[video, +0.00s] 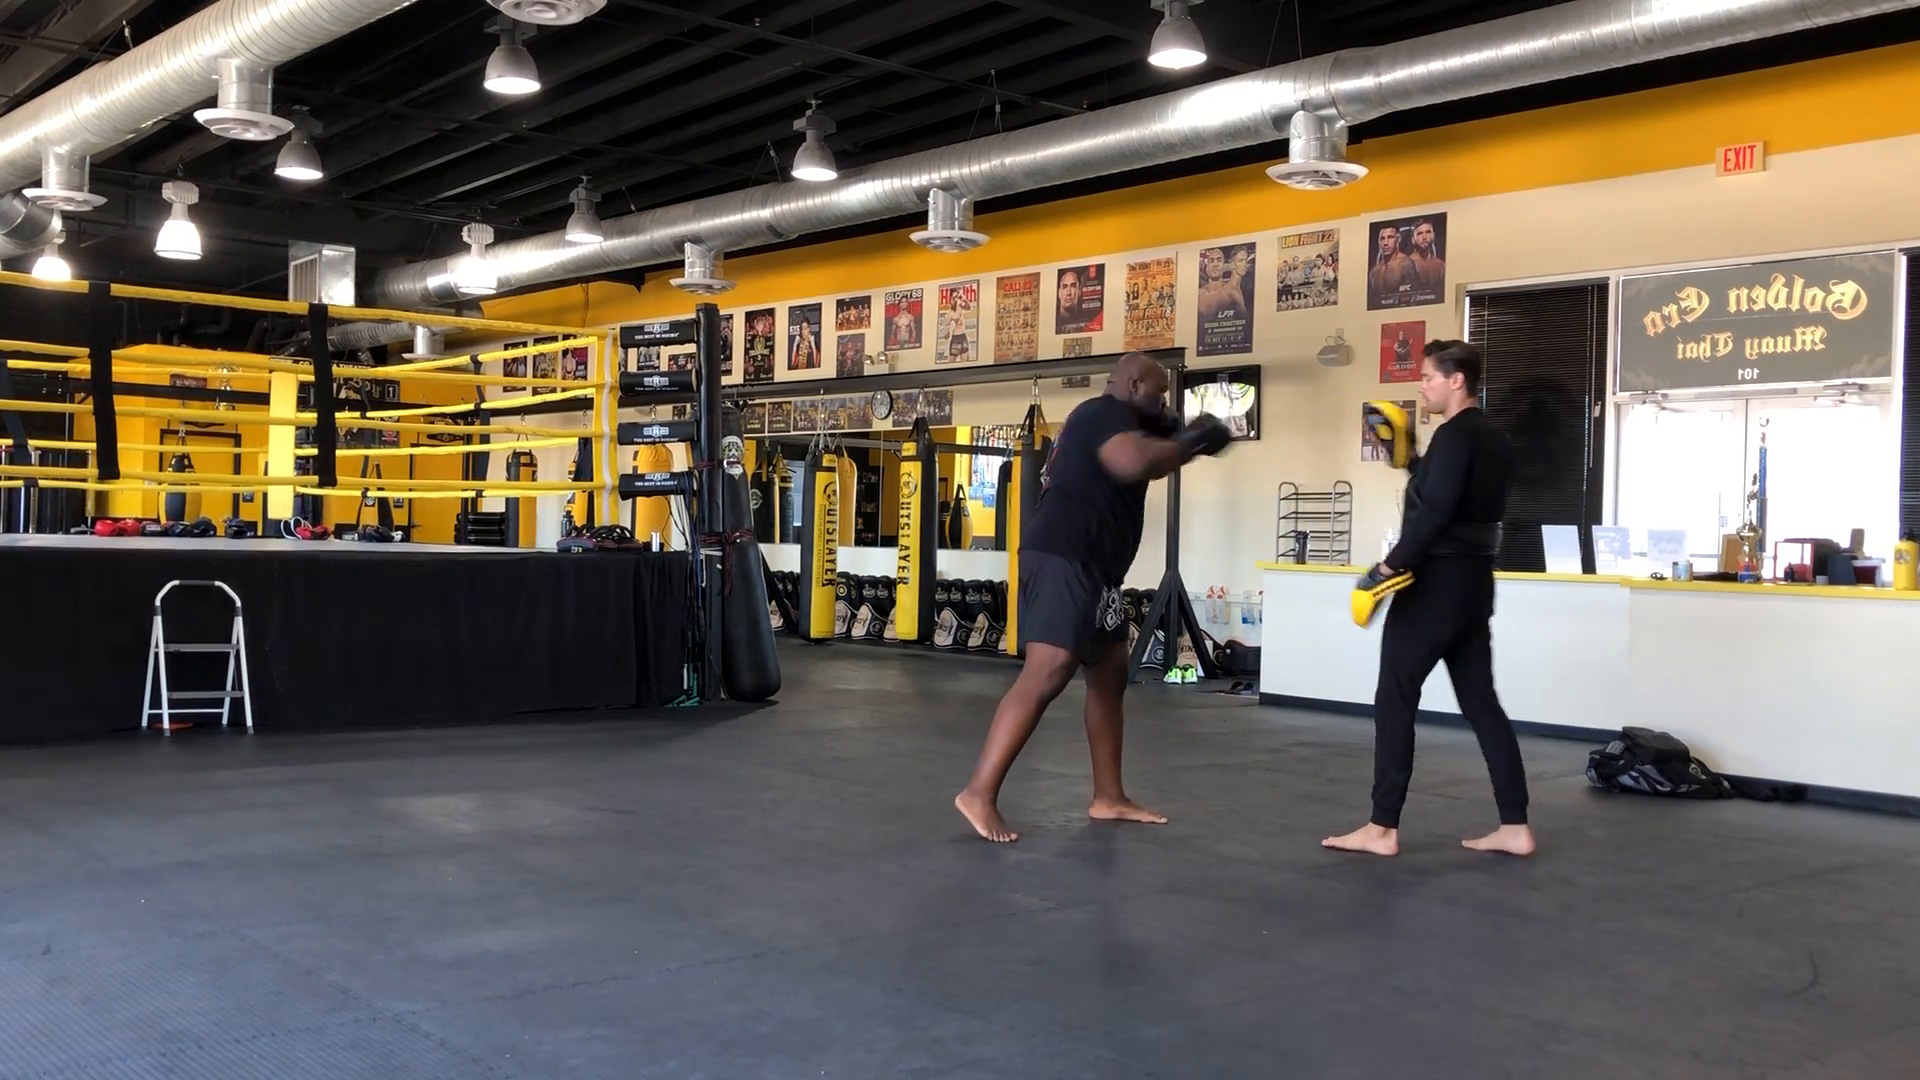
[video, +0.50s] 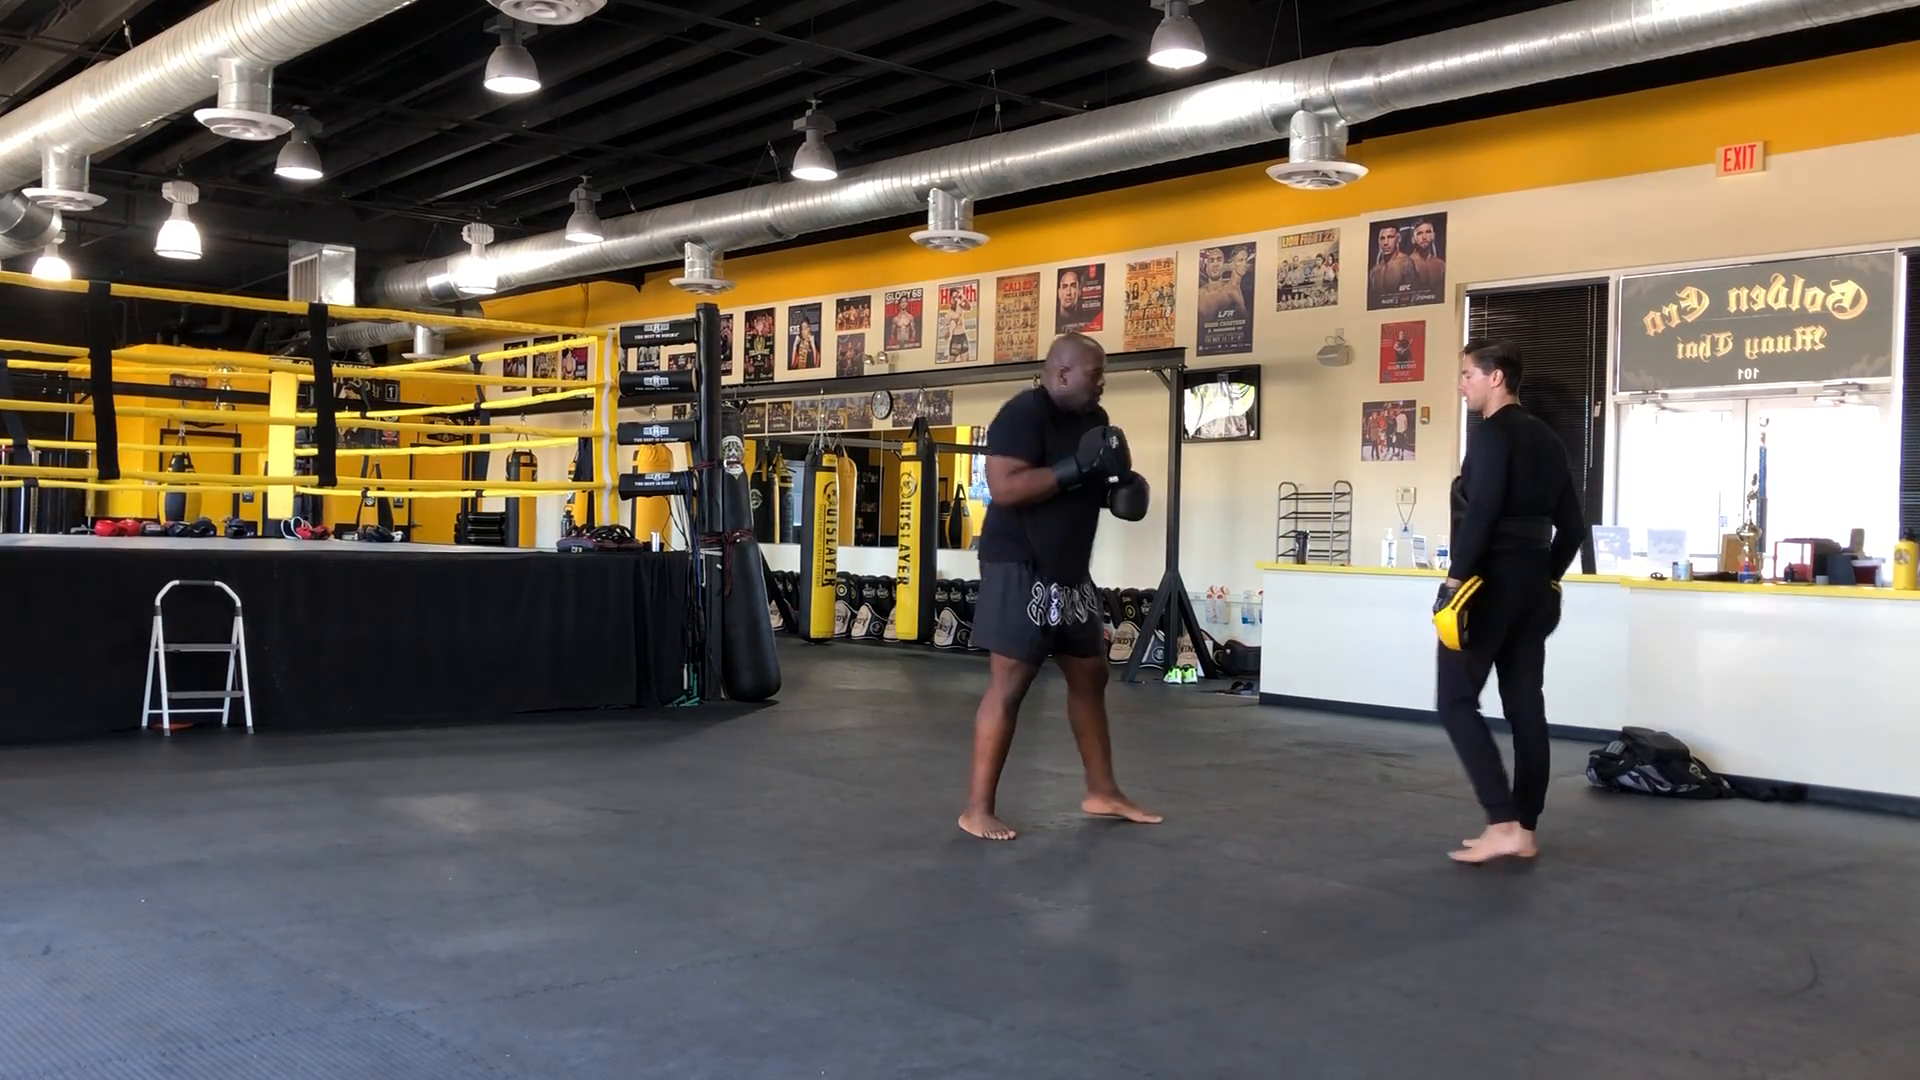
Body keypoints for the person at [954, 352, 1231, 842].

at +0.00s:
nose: (1160, 402)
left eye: (1162, 395)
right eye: (1156, 393)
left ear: (1125, 382)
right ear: (1130, 383)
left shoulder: (1118, 423)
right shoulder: (1100, 412)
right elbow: (1129, 460)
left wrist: (1167, 435)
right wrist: (1190, 442)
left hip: (1095, 567)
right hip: (1062, 558)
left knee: (1109, 671)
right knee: (1046, 672)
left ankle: (1109, 796)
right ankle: (979, 794)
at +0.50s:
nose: (1101, 386)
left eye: (1103, 377)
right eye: (1094, 376)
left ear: (1084, 374)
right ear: (1060, 372)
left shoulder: (1092, 421)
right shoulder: (1021, 414)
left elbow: (1102, 484)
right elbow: (1004, 488)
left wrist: (1124, 494)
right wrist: (1079, 468)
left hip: (1070, 570)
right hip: (1018, 569)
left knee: (1089, 674)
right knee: (1008, 683)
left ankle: (1102, 791)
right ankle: (977, 811)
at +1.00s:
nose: (1096, 378)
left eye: (1097, 368)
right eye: (1091, 367)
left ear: (1062, 365)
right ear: (1059, 363)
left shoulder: (1070, 423)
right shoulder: (1018, 416)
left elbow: (1070, 488)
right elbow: (1018, 494)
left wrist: (1110, 481)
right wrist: (1089, 480)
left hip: (1064, 575)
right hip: (1015, 575)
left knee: (1072, 678)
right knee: (998, 685)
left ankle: (1088, 801)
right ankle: (977, 812)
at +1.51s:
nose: (1125, 382)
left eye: (1126, 373)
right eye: (1120, 371)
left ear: (1097, 369)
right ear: (1086, 366)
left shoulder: (1112, 430)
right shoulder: (1037, 412)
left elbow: (1122, 504)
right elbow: (1039, 480)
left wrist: (1158, 485)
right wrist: (1108, 457)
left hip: (1087, 573)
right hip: (1031, 566)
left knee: (1084, 684)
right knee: (1022, 675)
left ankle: (1092, 803)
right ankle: (975, 799)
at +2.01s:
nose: (1121, 388)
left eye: (1122, 379)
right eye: (1114, 379)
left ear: (1091, 380)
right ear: (1081, 378)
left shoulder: (1098, 436)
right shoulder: (1037, 427)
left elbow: (1123, 492)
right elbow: (1046, 497)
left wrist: (1160, 467)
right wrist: (1111, 455)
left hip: (1087, 585)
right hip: (1035, 585)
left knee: (1119, 678)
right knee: (1023, 693)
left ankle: (1120, 796)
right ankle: (968, 811)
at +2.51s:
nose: (1188, 400)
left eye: (1189, 390)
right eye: (1185, 389)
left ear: (1146, 383)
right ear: (1159, 385)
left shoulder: (1106, 419)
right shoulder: (1143, 416)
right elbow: (1186, 464)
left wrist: (1231, 457)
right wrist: (1246, 456)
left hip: (1083, 556)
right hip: (1095, 558)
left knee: (1135, 672)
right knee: (1083, 676)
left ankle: (1122, 799)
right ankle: (995, 787)